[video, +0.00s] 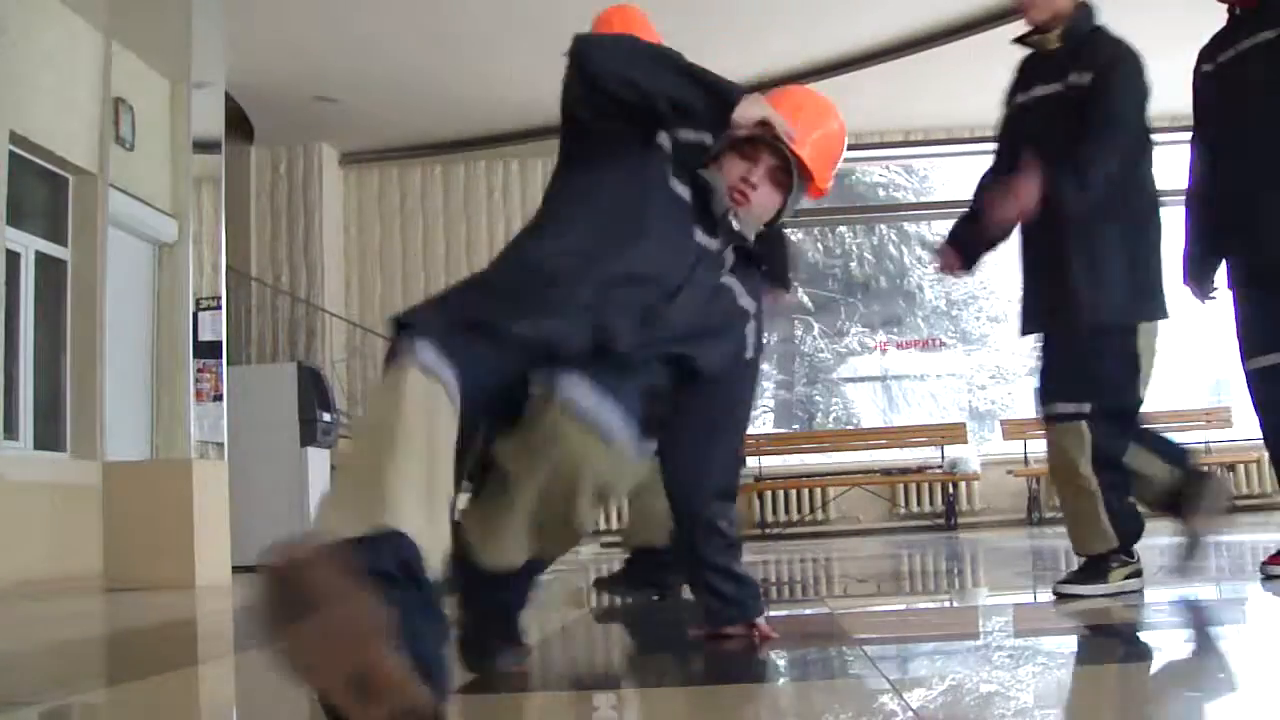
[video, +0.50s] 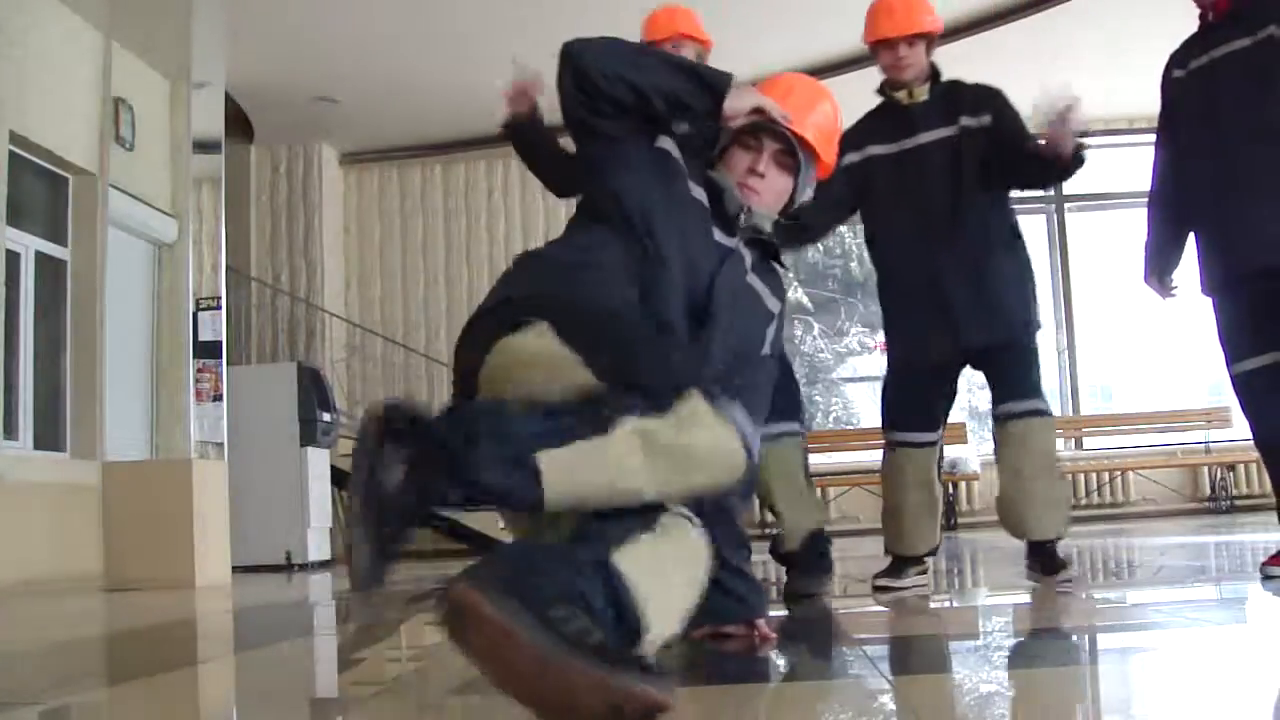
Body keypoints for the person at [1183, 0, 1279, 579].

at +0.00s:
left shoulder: (1223, 56)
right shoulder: (1221, 57)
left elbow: (1214, 165)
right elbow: (1212, 165)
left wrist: (1200, 256)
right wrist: (1202, 255)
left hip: (1259, 261)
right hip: (1256, 261)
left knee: (1270, 401)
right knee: (1268, 400)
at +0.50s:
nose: (1193, 8)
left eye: (1194, 5)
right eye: (1194, 7)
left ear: (1211, 3)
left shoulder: (1191, 60)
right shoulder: (1188, 62)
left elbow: (1175, 169)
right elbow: (1175, 169)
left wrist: (1160, 259)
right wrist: (1162, 256)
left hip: (1244, 263)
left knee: (1266, 409)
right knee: (1265, 408)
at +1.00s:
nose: (1147, 2)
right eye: (1145, 1)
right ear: (1160, 5)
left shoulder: (1254, 20)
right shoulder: (1162, 60)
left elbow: (1272, 128)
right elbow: (1163, 168)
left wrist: (1274, 229)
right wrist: (1155, 261)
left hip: (1254, 246)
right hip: (1206, 252)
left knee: (1225, 388)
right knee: (1258, 398)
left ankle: (1203, 538)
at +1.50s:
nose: (1075, 5)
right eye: (1072, 3)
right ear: (1092, 0)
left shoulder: (1170, 13)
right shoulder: (1115, 41)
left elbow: (1180, 126)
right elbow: (1112, 154)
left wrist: (1153, 228)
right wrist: (1087, 247)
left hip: (1171, 241)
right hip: (1132, 247)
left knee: (1170, 383)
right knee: (1135, 381)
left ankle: (1198, 548)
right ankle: (1236, 490)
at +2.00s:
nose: (1014, 22)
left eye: (1019, 7)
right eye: (1005, 15)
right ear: (1008, 19)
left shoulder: (1123, 53)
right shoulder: (1035, 93)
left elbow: (1154, 158)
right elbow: (1039, 195)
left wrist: (1151, 253)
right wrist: (1037, 286)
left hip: (1121, 273)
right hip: (1063, 284)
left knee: (1151, 405)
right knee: (1075, 412)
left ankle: (1194, 548)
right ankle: (1111, 542)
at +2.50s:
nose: (1028, 46)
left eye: (1037, 31)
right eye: (1018, 38)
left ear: (1067, 25)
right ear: (1011, 46)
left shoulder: (1127, 82)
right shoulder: (1021, 125)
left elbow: (1164, 172)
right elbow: (1014, 217)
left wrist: (1163, 258)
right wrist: (1017, 295)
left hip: (1133, 282)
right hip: (1063, 294)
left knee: (1150, 408)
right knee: (1083, 418)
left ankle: (1153, 514)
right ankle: (1113, 541)